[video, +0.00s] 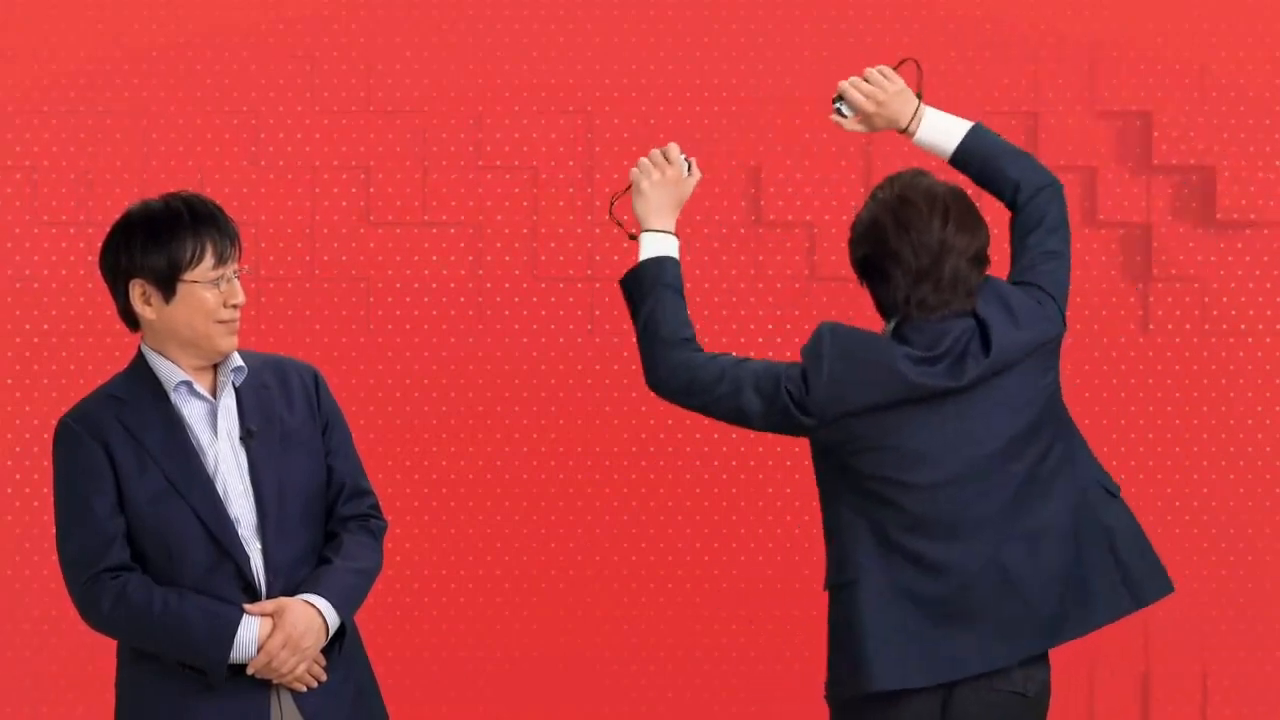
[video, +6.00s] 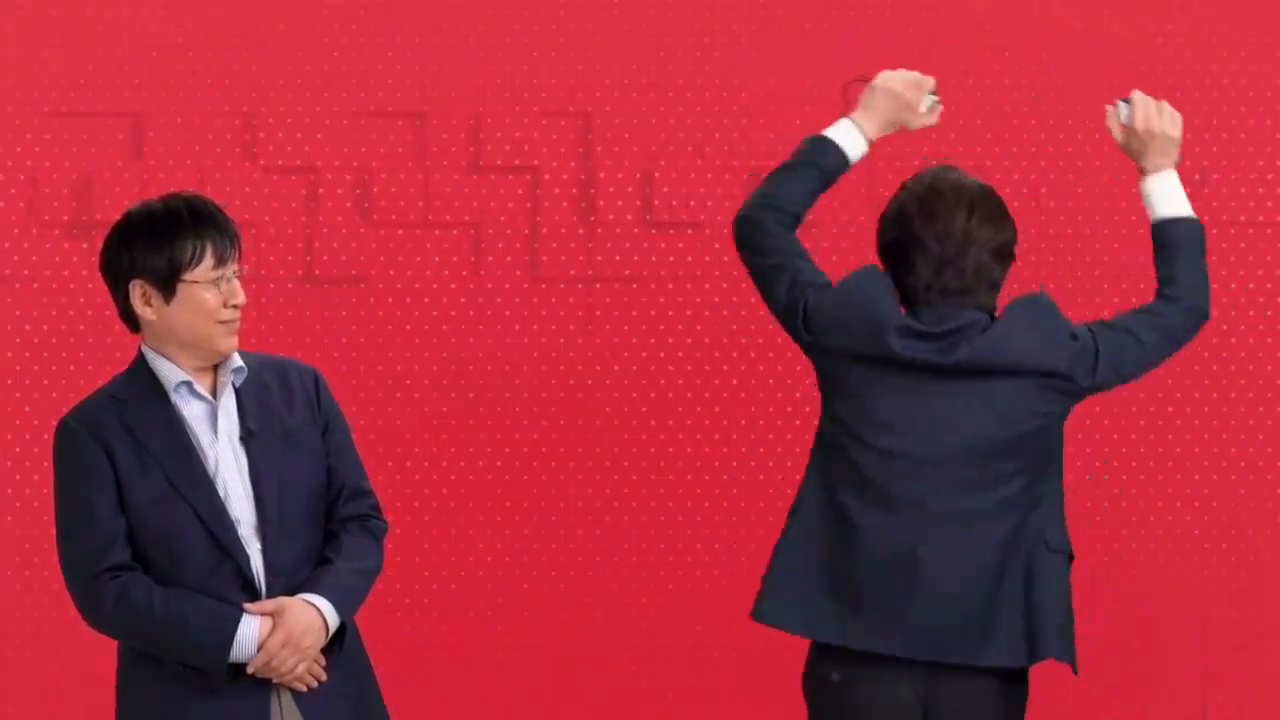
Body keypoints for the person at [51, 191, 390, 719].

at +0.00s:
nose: (237, 298)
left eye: (235, 278)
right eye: (214, 282)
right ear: (146, 300)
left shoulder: (301, 389)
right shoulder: (92, 432)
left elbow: (361, 523)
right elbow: (103, 590)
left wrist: (320, 612)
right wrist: (251, 639)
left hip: (334, 700)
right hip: (192, 708)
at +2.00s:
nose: (238, 298)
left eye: (236, 278)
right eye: (214, 282)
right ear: (147, 300)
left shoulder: (302, 390)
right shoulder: (93, 433)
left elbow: (361, 525)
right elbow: (103, 591)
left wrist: (320, 612)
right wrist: (251, 639)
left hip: (333, 700)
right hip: (192, 708)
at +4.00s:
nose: (237, 297)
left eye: (235, 277)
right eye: (213, 282)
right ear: (146, 300)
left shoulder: (300, 389)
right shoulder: (91, 433)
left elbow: (360, 524)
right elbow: (102, 589)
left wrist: (319, 612)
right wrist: (250, 639)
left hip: (333, 699)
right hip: (191, 707)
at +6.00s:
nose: (237, 298)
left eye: (235, 278)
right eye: (213, 283)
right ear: (147, 301)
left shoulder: (301, 390)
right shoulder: (91, 434)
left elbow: (361, 525)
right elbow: (104, 591)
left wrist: (320, 612)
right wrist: (252, 639)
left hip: (332, 700)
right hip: (192, 708)